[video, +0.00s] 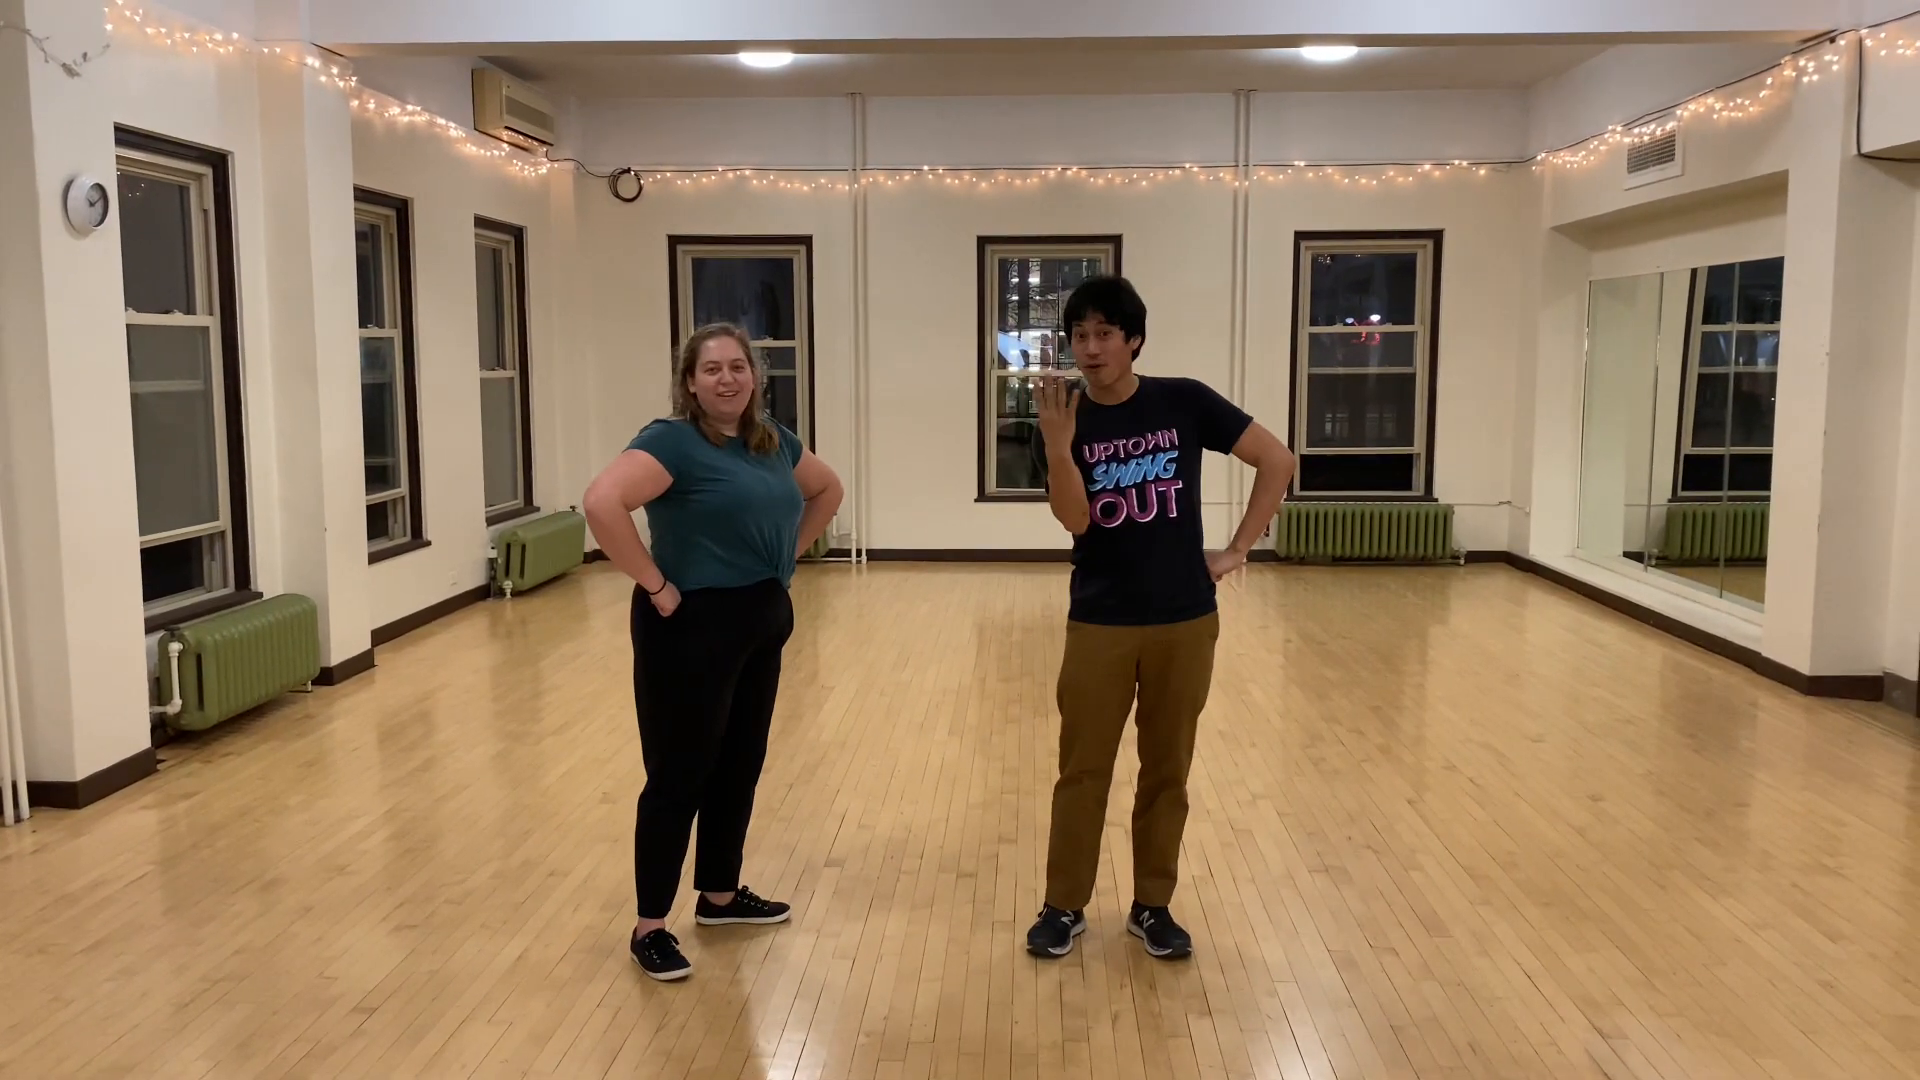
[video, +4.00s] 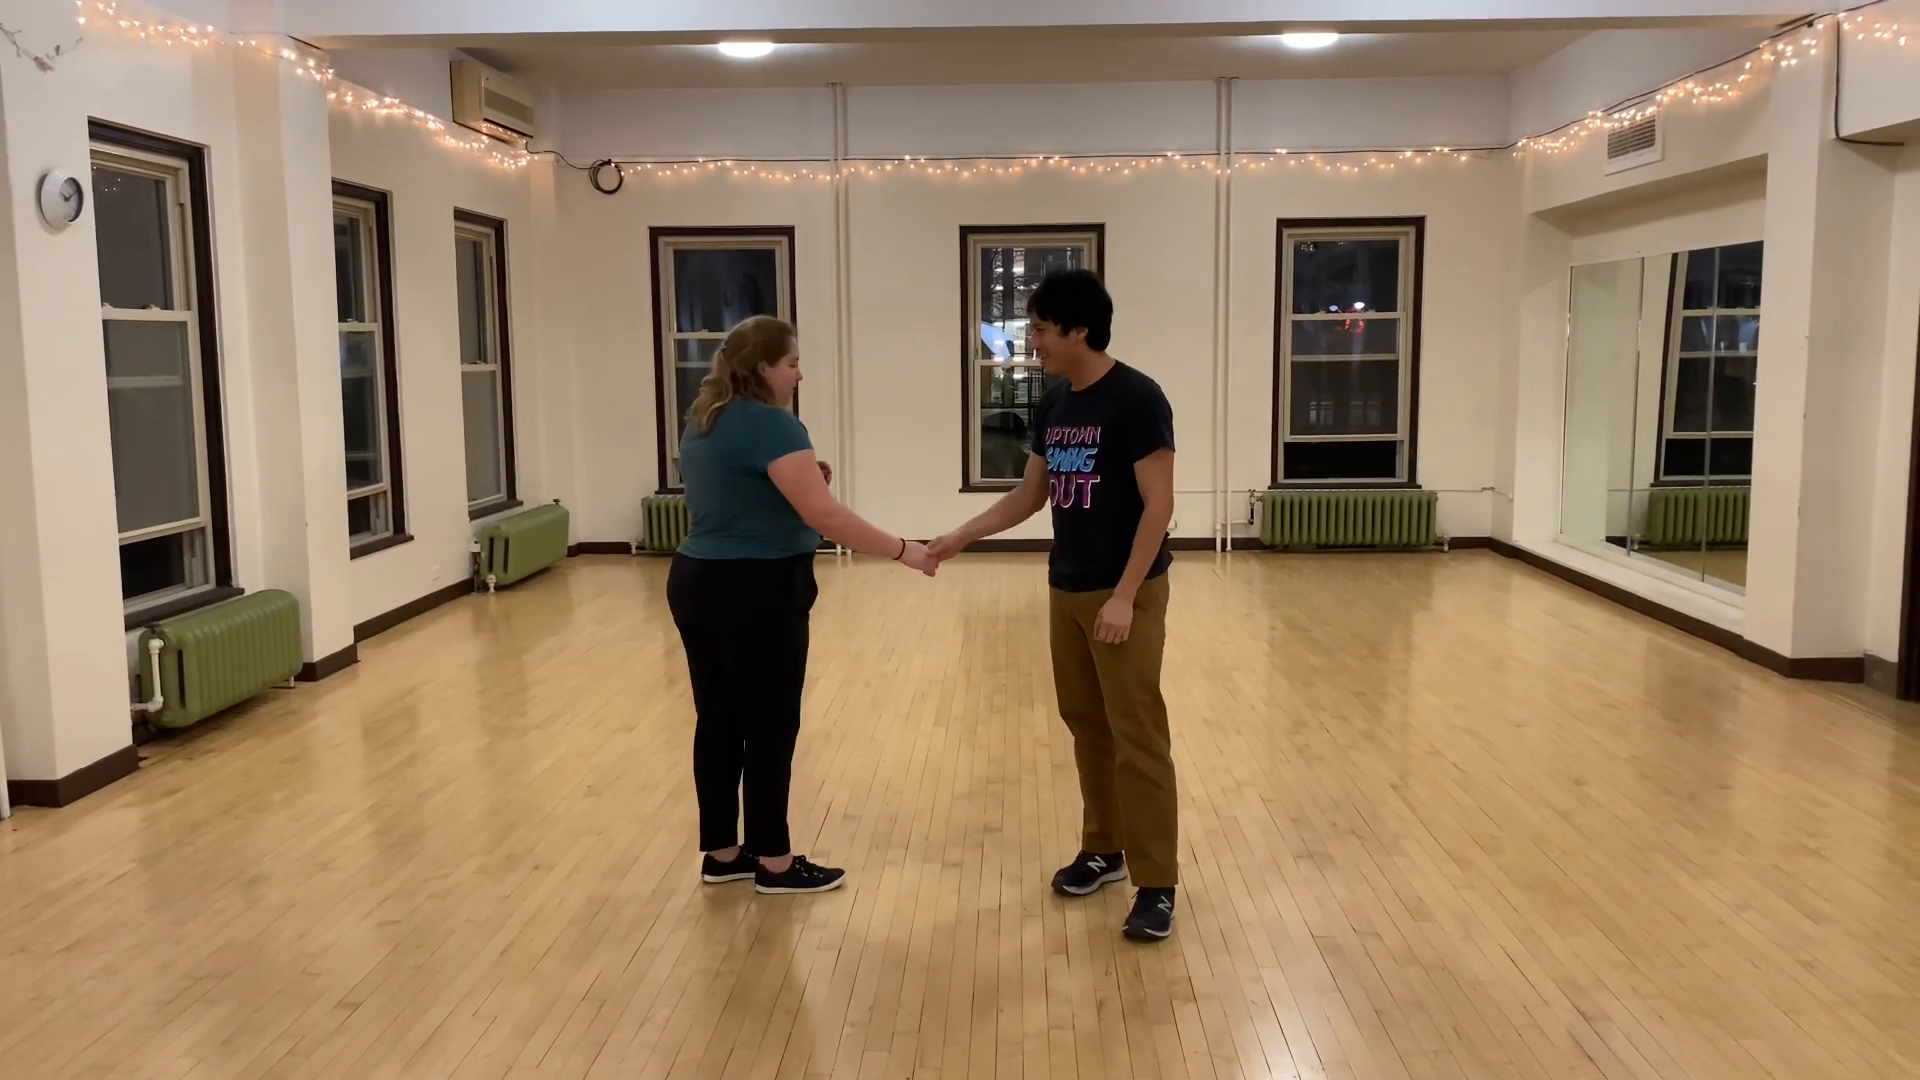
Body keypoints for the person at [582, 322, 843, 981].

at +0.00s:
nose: (728, 377)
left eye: (738, 366)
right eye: (713, 368)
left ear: (755, 377)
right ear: (691, 381)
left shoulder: (771, 442)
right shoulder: (673, 442)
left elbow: (828, 490)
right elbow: (602, 500)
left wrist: (786, 558)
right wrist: (655, 586)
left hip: (758, 621)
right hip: (687, 625)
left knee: (737, 767)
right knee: (677, 775)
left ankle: (719, 894)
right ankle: (650, 925)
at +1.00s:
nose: (793, 383)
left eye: (799, 372)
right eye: (779, 372)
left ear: (803, 378)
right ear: (743, 379)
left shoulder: (798, 444)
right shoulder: (718, 444)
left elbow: (818, 533)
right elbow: (727, 539)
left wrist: (842, 513)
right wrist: (817, 519)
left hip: (797, 615)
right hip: (742, 622)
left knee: (795, 751)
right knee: (760, 765)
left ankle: (728, 872)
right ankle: (766, 909)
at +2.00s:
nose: (820, 372)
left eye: (819, 361)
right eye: (808, 362)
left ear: (806, 372)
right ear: (769, 372)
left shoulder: (820, 434)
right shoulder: (735, 438)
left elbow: (850, 528)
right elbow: (751, 534)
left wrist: (872, 500)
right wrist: (836, 503)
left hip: (824, 608)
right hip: (762, 614)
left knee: (812, 750)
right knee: (773, 757)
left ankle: (797, 877)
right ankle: (767, 904)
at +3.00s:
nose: (824, 386)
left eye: (824, 375)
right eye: (817, 374)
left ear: (778, 374)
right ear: (786, 376)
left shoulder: (744, 430)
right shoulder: (771, 440)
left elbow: (764, 519)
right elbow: (816, 543)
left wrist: (826, 492)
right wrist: (886, 526)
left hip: (750, 604)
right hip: (748, 613)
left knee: (768, 740)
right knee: (752, 750)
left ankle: (776, 855)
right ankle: (760, 903)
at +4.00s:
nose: (799, 374)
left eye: (797, 363)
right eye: (792, 364)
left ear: (739, 368)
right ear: (763, 368)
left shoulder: (704, 423)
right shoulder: (771, 427)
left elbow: (732, 494)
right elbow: (825, 516)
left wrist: (802, 475)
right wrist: (903, 549)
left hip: (701, 586)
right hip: (762, 590)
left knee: (718, 719)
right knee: (771, 725)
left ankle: (722, 852)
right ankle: (775, 859)